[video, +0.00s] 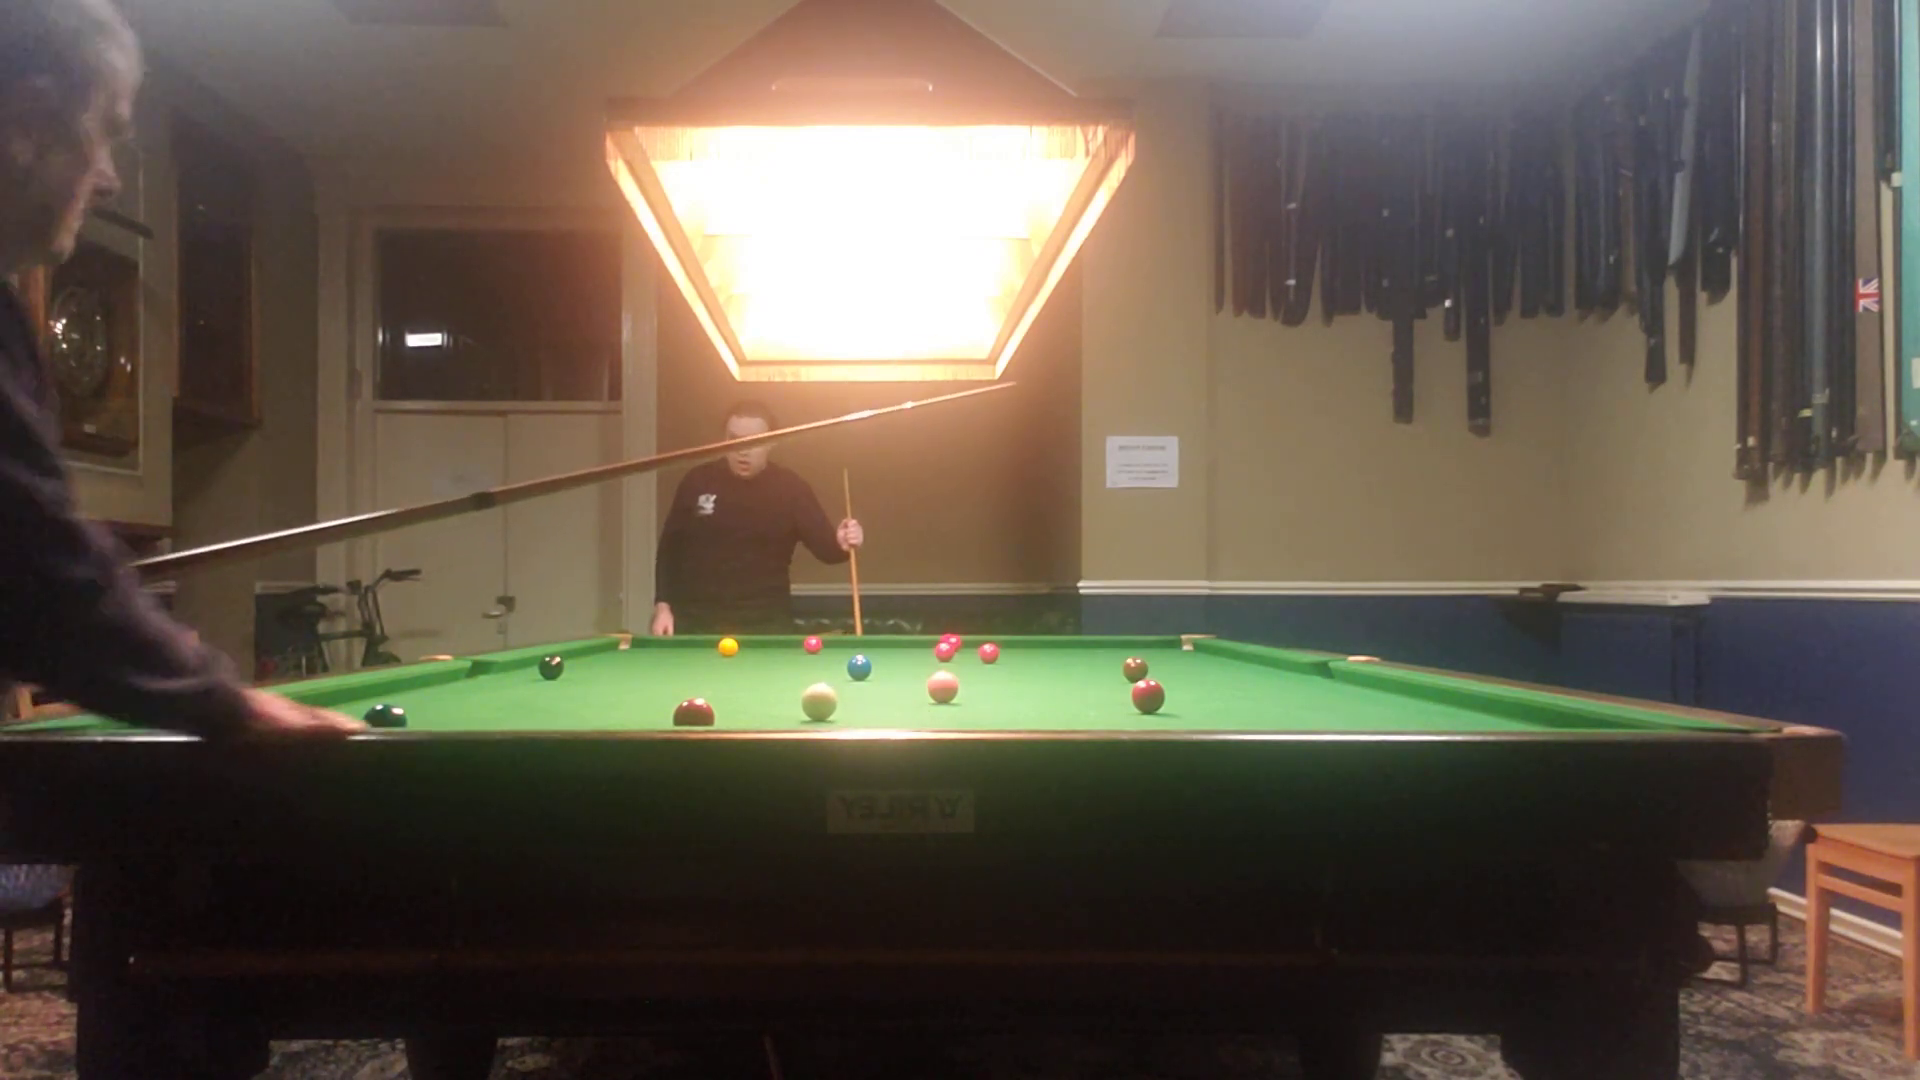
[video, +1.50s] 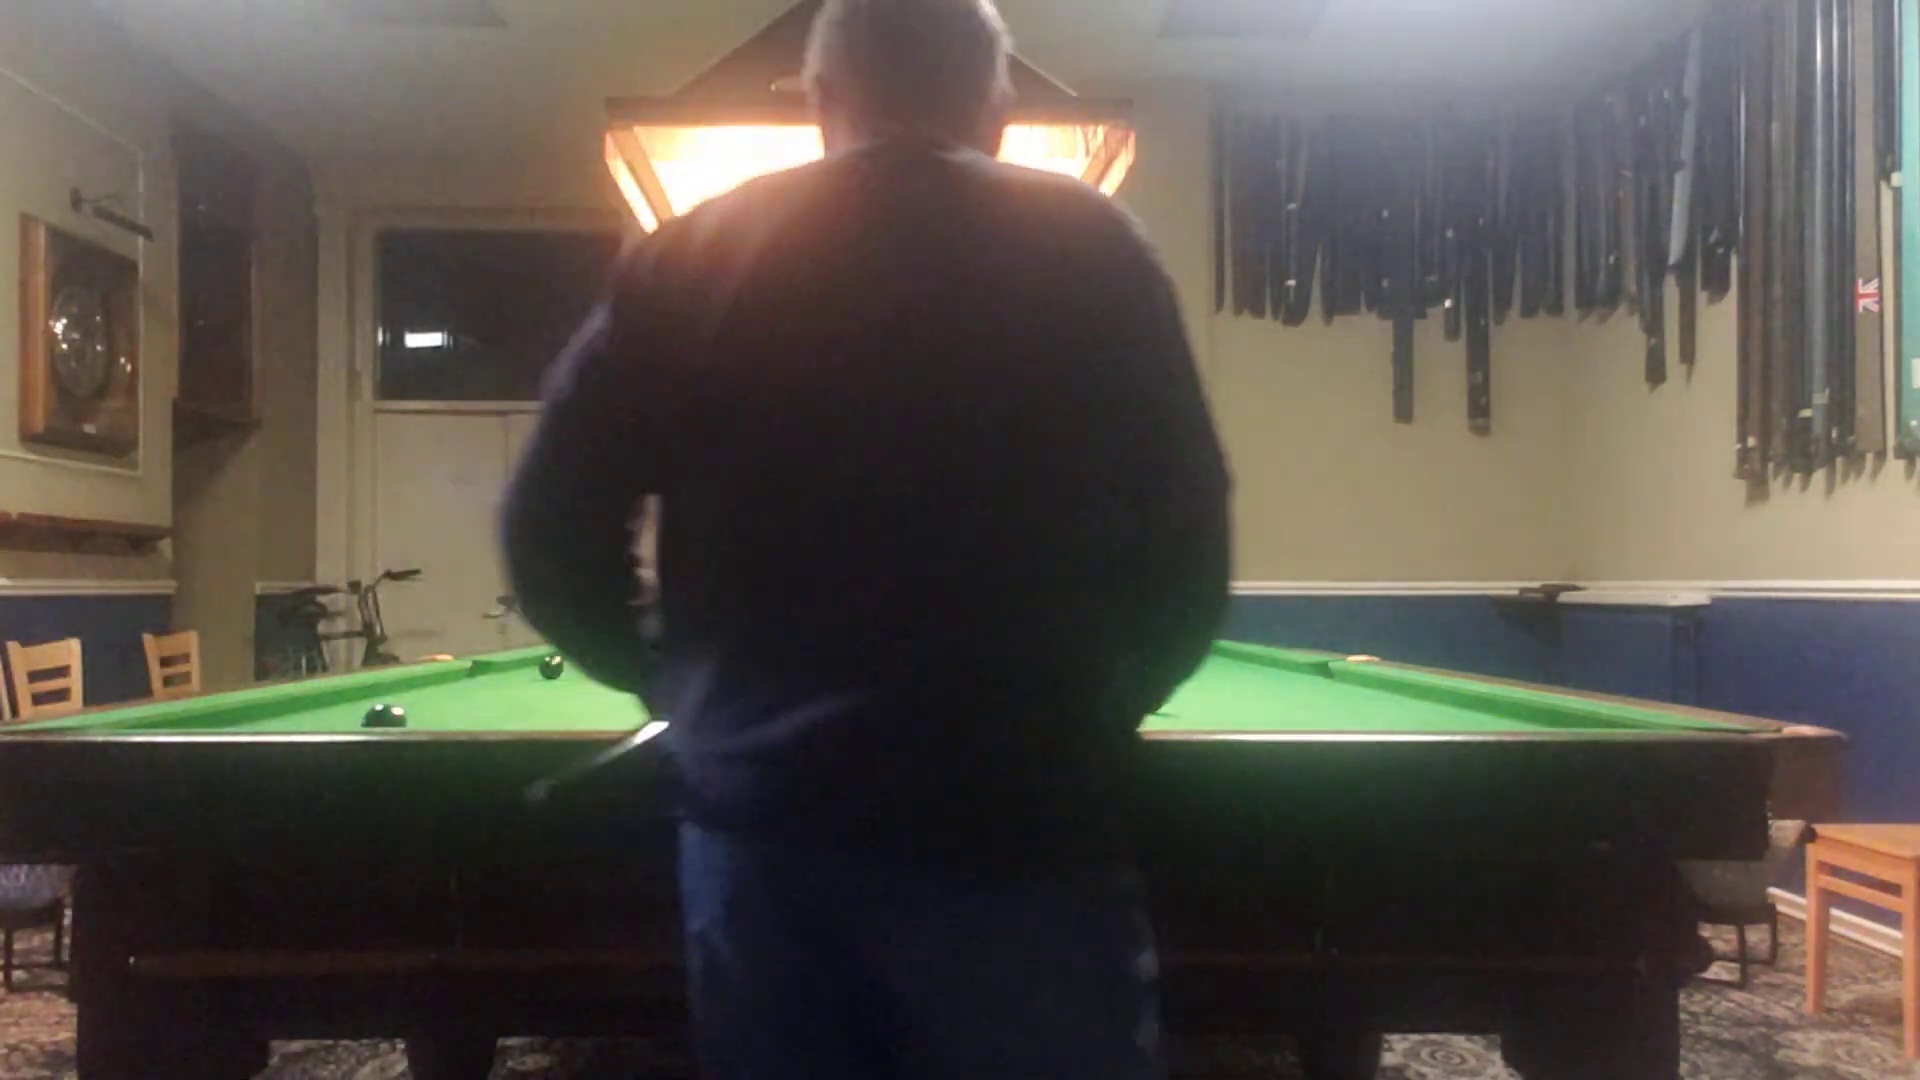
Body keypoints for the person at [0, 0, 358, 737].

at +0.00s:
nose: (110, 177)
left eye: (115, 139)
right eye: (103, 131)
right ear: (22, 118)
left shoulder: (13, 319)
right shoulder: (5, 320)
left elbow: (42, 553)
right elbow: (42, 557)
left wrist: (222, 699)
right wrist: (230, 707)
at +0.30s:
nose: (255, 201)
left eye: (265, 167)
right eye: (259, 161)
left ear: (51, 107)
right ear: (214, 135)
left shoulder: (22, 222)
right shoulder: (116, 262)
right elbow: (264, 536)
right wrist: (450, 704)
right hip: (50, 880)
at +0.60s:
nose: (452, 166)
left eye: (460, 135)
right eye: (456, 130)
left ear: (248, 94)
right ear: (424, 109)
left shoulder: (94, 228)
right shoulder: (368, 227)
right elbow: (498, 500)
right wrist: (646, 689)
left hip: (52, 807)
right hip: (251, 830)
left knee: (135, 1057)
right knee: (410, 1055)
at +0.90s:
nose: (692, 130)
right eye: (691, 103)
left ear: (522, 62)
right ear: (675, 88)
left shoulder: (338, 216)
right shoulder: (692, 223)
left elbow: (183, 482)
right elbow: (803, 506)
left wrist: (340, 594)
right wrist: (855, 687)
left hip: (301, 795)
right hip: (562, 809)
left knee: (333, 1059)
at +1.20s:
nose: (921, 92)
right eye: (923, 75)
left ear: (725, 37)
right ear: (907, 80)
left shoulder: (544, 188)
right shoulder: (960, 222)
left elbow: (357, 455)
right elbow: (1042, 524)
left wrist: (506, 604)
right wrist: (1008, 697)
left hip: (538, 776)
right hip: (807, 782)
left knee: (549, 1065)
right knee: (786, 1063)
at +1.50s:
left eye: (816, 98)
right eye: (1006, 93)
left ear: (817, 100)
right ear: (998, 103)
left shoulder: (695, 256)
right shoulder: (1094, 249)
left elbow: (550, 536)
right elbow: (1187, 573)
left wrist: (683, 685)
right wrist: (1076, 708)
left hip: (760, 834)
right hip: (1027, 831)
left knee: (779, 1070)